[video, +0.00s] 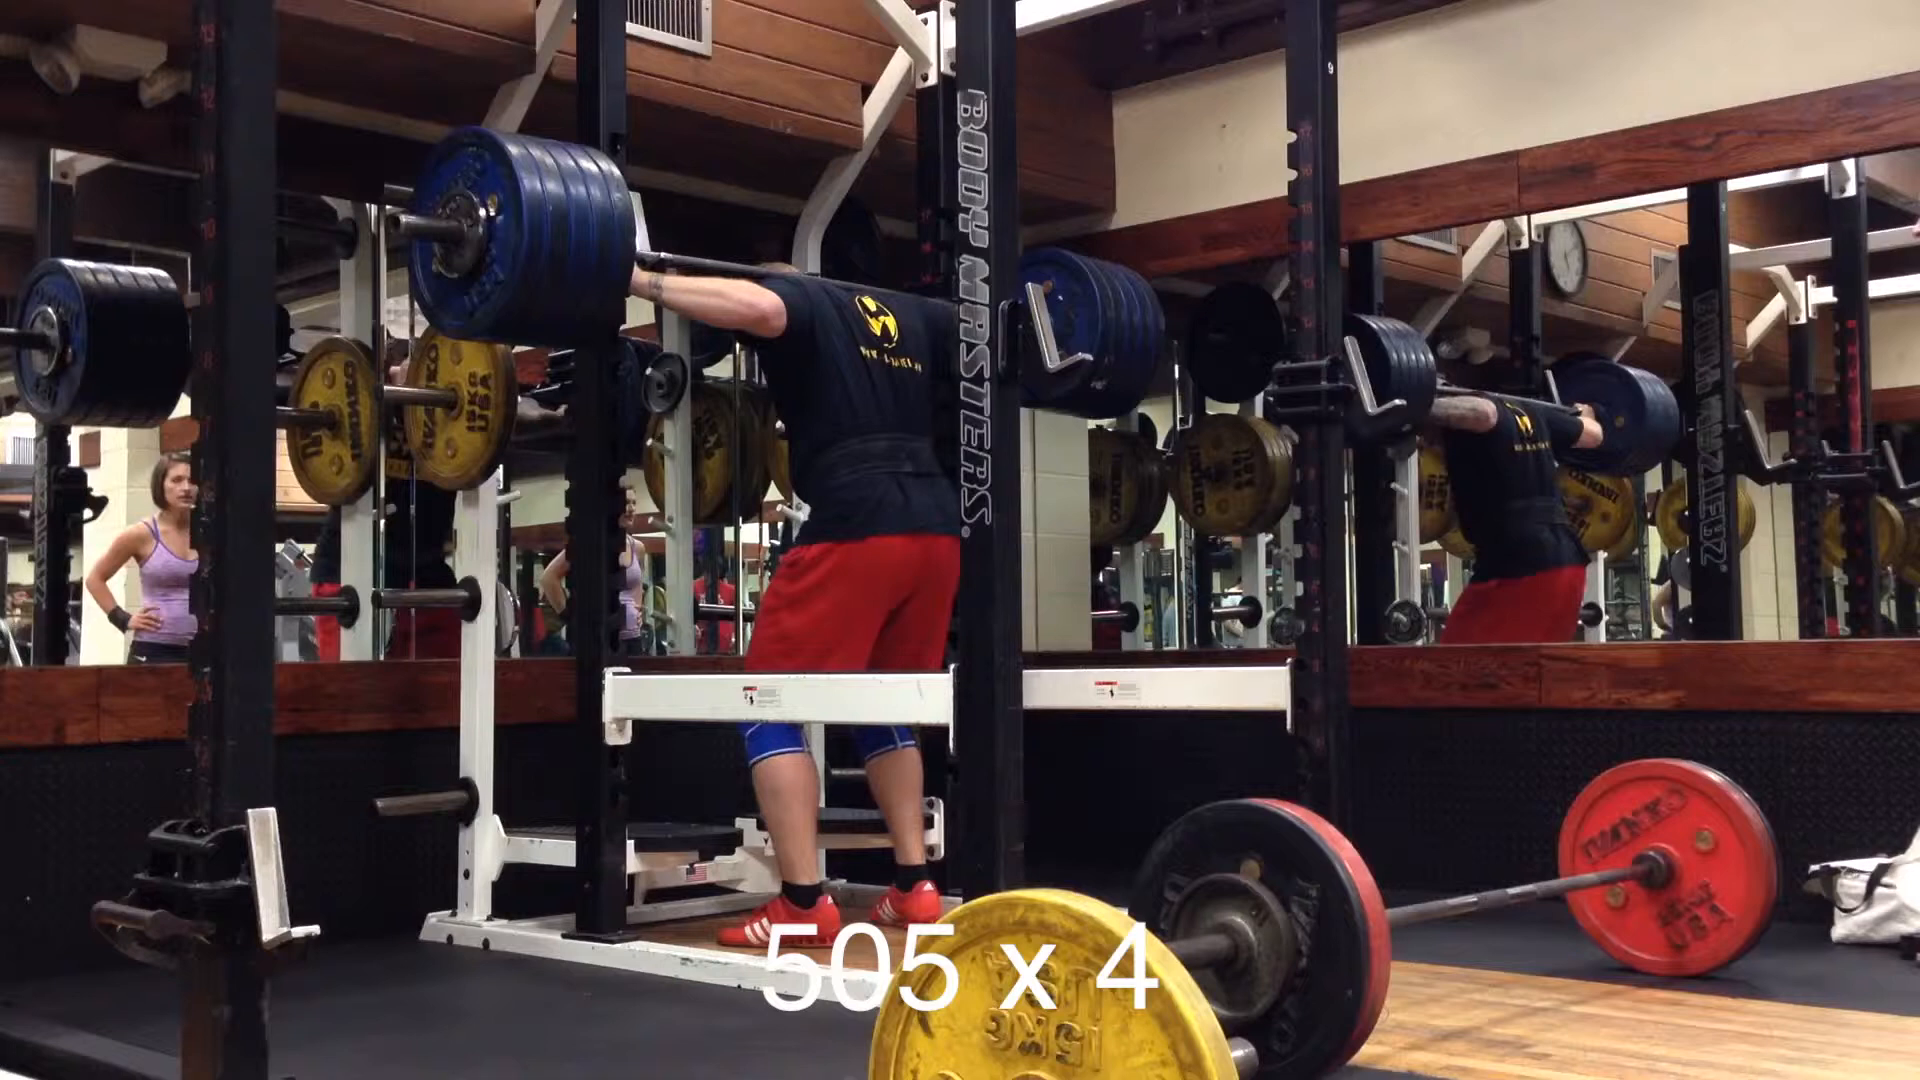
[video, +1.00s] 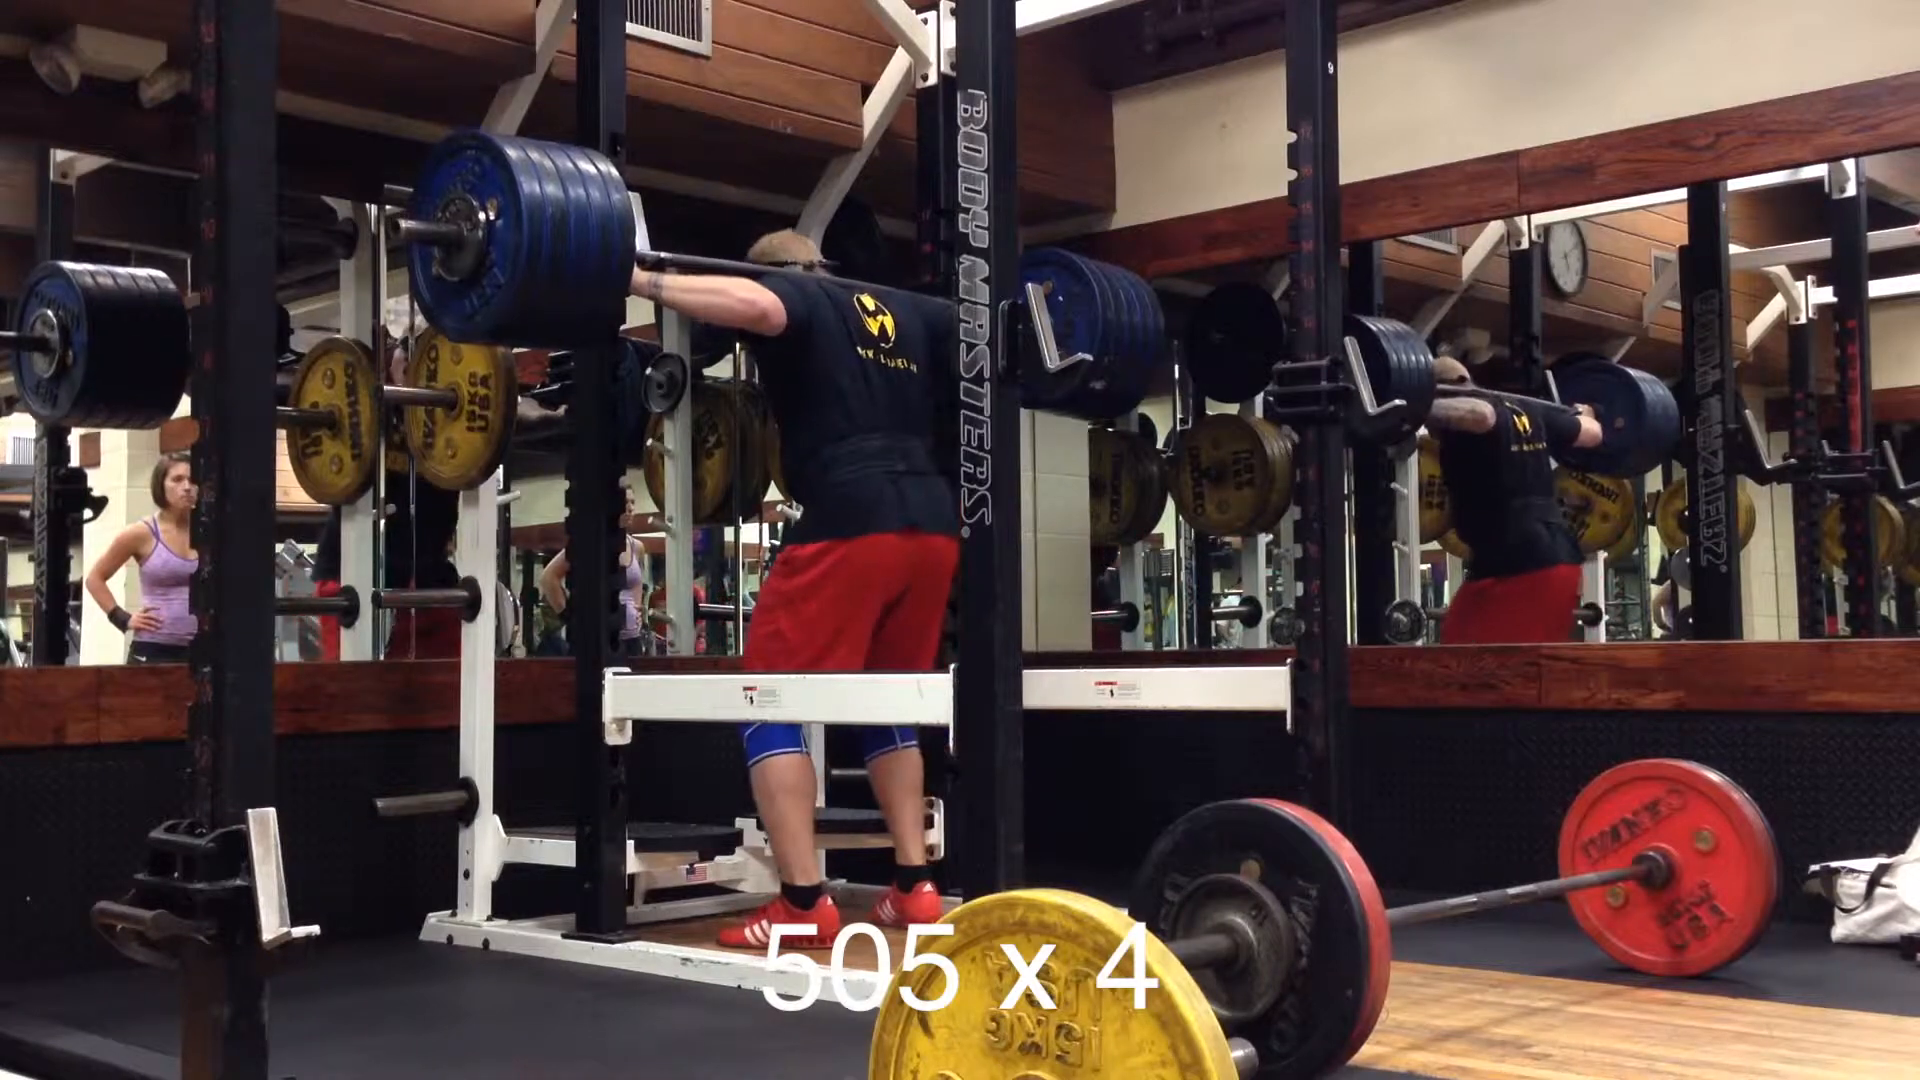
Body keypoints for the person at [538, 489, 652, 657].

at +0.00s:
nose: (630, 508)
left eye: (633, 503)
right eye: (625, 503)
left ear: (637, 507)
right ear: (611, 506)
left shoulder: (637, 547)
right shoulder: (589, 543)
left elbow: (638, 583)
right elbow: (549, 578)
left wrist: (637, 609)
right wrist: (567, 614)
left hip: (631, 633)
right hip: (598, 635)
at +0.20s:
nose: (630, 508)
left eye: (633, 503)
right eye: (625, 503)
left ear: (636, 507)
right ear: (611, 506)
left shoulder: (637, 547)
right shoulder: (589, 543)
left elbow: (638, 583)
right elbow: (549, 578)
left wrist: (637, 609)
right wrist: (567, 614)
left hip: (631, 633)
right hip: (598, 635)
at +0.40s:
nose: (630, 508)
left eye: (633, 503)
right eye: (625, 503)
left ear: (636, 506)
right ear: (611, 506)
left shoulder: (637, 547)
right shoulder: (589, 542)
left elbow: (638, 583)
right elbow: (549, 578)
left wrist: (637, 609)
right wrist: (567, 614)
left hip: (631, 633)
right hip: (597, 635)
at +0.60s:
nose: (629, 508)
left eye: (631, 503)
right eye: (623, 502)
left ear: (635, 506)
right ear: (609, 506)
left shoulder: (636, 546)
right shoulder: (589, 543)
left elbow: (637, 582)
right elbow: (549, 577)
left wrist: (637, 607)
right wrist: (566, 613)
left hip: (631, 633)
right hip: (598, 635)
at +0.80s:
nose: (629, 509)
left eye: (631, 503)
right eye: (623, 503)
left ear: (635, 507)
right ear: (610, 507)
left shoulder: (636, 546)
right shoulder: (589, 543)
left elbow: (637, 582)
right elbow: (548, 577)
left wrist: (637, 608)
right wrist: (566, 613)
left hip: (631, 633)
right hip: (598, 634)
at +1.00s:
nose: (629, 508)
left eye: (631, 502)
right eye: (623, 502)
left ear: (635, 507)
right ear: (609, 506)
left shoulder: (636, 546)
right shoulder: (589, 542)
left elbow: (637, 582)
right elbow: (548, 578)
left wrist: (637, 608)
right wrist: (566, 614)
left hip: (631, 633)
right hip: (598, 634)